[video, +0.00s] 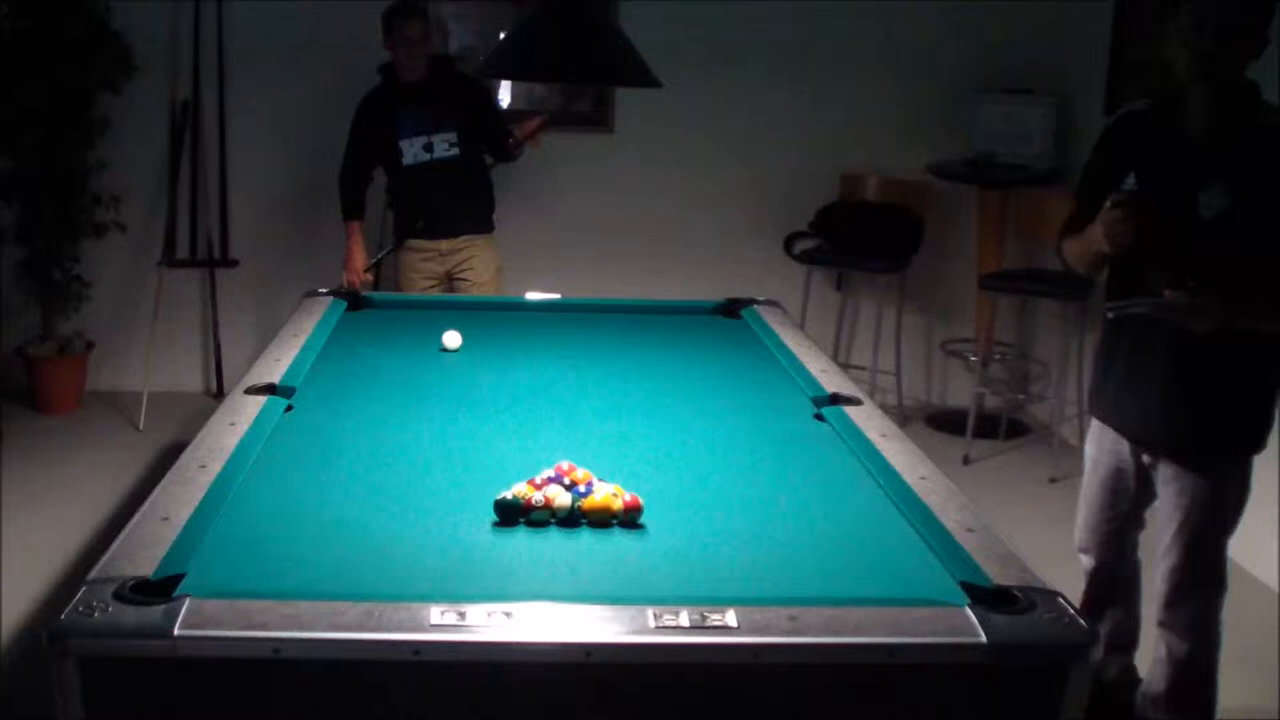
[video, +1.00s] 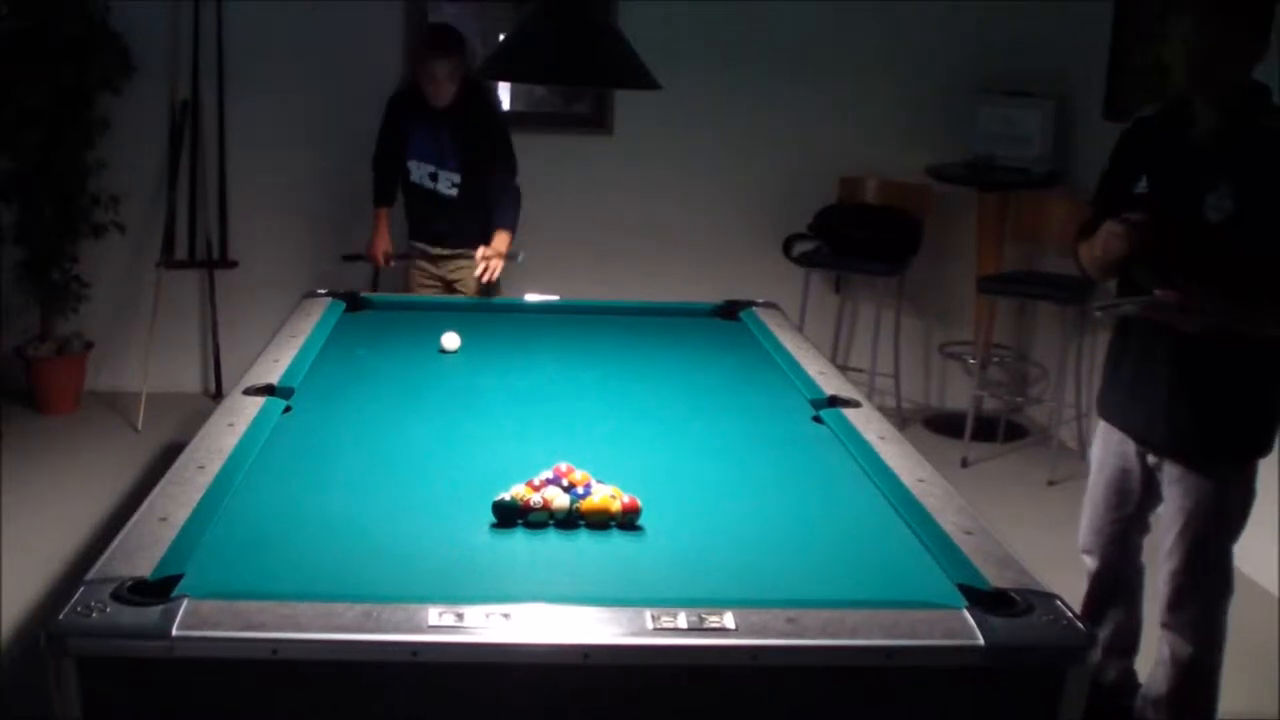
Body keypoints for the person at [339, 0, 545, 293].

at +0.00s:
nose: (413, 52)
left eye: (420, 41)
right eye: (404, 43)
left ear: (432, 41)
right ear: (389, 45)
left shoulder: (464, 88)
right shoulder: (377, 104)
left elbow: (499, 150)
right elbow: (353, 176)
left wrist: (517, 139)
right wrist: (355, 247)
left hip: (473, 244)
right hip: (415, 249)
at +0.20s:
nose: (412, 51)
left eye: (420, 40)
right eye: (403, 42)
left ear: (432, 41)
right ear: (387, 45)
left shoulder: (462, 88)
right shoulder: (376, 104)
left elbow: (490, 156)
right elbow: (353, 177)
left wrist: (500, 150)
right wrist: (354, 249)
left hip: (472, 242)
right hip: (414, 247)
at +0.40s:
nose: (410, 53)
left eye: (417, 43)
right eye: (401, 45)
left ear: (429, 43)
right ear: (385, 47)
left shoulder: (460, 89)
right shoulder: (374, 106)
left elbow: (501, 141)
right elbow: (357, 178)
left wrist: (494, 160)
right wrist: (363, 245)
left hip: (468, 243)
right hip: (412, 249)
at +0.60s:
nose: (409, 54)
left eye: (416, 43)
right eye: (401, 45)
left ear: (430, 43)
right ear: (388, 47)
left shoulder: (461, 91)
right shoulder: (376, 105)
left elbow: (497, 141)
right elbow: (361, 179)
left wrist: (514, 156)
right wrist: (366, 247)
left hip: (466, 247)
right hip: (409, 250)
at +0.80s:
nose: (423, 61)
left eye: (431, 52)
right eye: (414, 52)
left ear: (445, 50)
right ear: (401, 52)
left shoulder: (472, 95)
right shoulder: (389, 103)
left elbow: (504, 139)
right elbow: (369, 172)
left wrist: (521, 172)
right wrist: (363, 240)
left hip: (470, 252)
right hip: (413, 253)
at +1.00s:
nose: (440, 86)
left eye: (449, 77)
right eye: (431, 77)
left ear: (461, 74)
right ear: (418, 74)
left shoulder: (481, 112)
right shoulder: (403, 107)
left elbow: (505, 185)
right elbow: (384, 168)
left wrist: (499, 246)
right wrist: (381, 230)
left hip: (473, 258)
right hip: (422, 255)